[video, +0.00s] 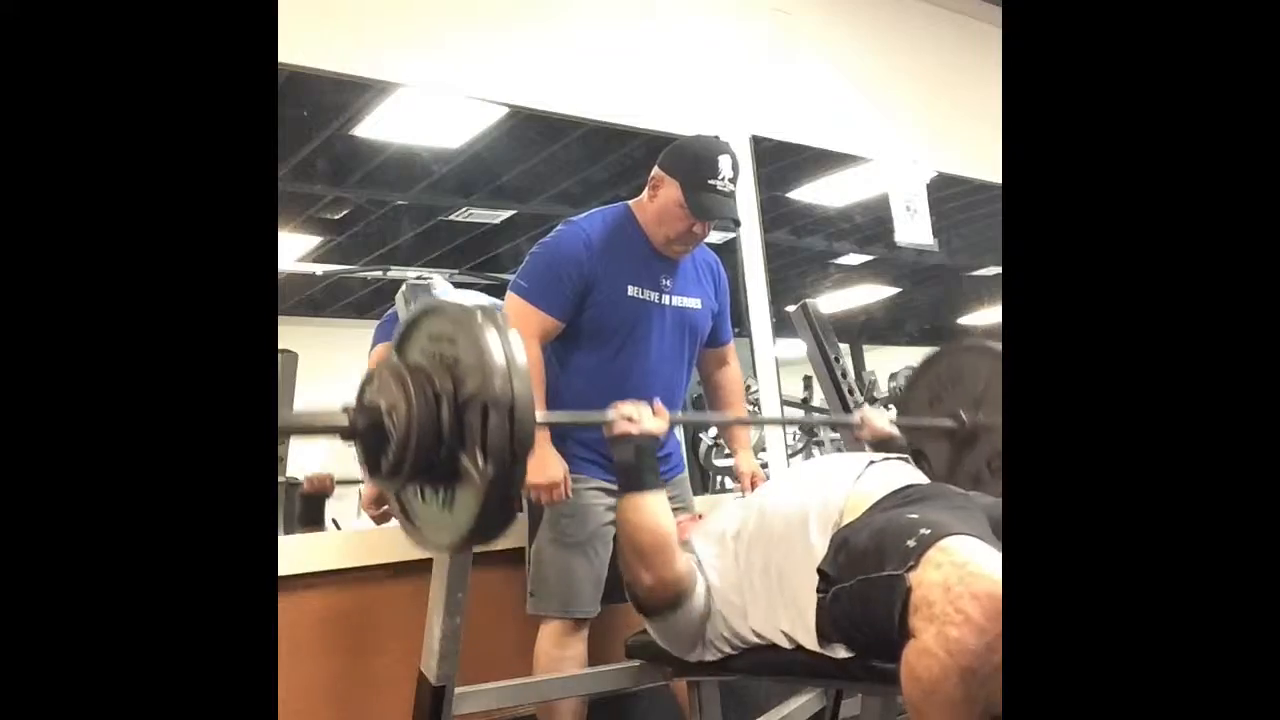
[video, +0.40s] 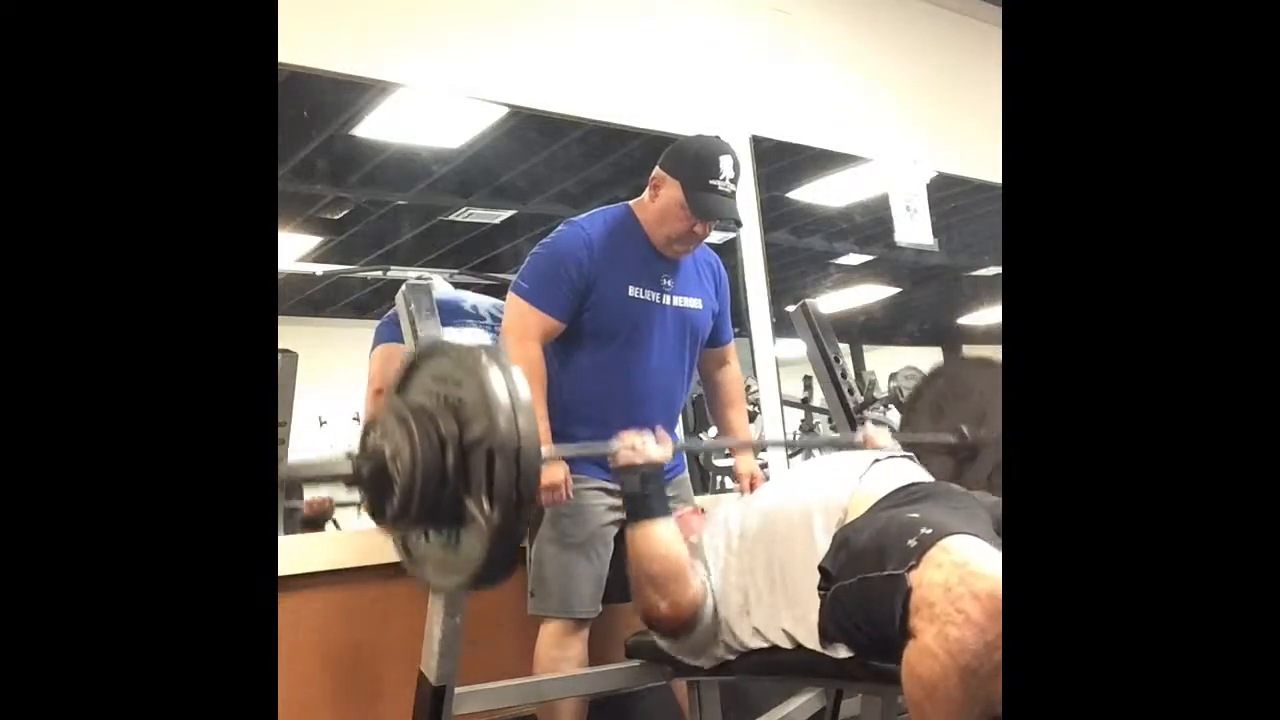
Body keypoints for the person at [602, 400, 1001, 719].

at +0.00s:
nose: (677, 509)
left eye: (674, 506)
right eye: (662, 519)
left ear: (688, 511)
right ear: (657, 549)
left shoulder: (761, 504)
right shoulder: (692, 608)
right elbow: (655, 574)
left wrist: (886, 444)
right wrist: (633, 451)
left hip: (941, 493)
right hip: (862, 533)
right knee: (977, 598)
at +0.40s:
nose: (682, 508)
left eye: (682, 502)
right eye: (670, 517)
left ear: (698, 503)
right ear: (666, 546)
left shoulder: (767, 498)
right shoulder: (696, 603)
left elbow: (901, 476)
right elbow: (667, 604)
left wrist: (878, 445)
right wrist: (642, 485)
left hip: (937, 492)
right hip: (867, 530)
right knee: (978, 602)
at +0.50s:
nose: (688, 502)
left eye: (690, 497)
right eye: (674, 506)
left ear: (708, 503)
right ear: (667, 540)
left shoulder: (755, 510)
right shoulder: (691, 580)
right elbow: (675, 635)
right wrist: (645, 512)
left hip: (941, 492)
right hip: (866, 531)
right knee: (979, 601)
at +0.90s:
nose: (680, 506)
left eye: (680, 500)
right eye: (666, 513)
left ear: (696, 504)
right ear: (657, 542)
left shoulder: (745, 503)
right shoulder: (692, 590)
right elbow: (664, 619)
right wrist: (642, 499)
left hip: (933, 490)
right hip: (864, 534)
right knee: (978, 608)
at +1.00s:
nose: (680, 510)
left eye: (679, 506)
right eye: (665, 517)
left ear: (692, 511)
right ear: (662, 543)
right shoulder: (691, 602)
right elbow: (653, 586)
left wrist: (884, 447)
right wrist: (637, 462)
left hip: (956, 496)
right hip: (871, 526)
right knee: (977, 604)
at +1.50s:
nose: (677, 504)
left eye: (678, 498)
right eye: (667, 510)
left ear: (694, 500)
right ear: (664, 544)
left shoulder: (758, 502)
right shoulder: (691, 585)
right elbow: (670, 624)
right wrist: (644, 502)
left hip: (941, 491)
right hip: (866, 530)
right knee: (978, 610)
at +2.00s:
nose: (675, 512)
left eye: (672, 508)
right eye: (660, 521)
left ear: (686, 514)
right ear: (654, 540)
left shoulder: (754, 508)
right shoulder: (692, 603)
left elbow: (907, 488)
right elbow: (655, 604)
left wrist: (879, 451)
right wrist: (636, 484)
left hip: (943, 497)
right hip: (868, 529)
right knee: (976, 602)